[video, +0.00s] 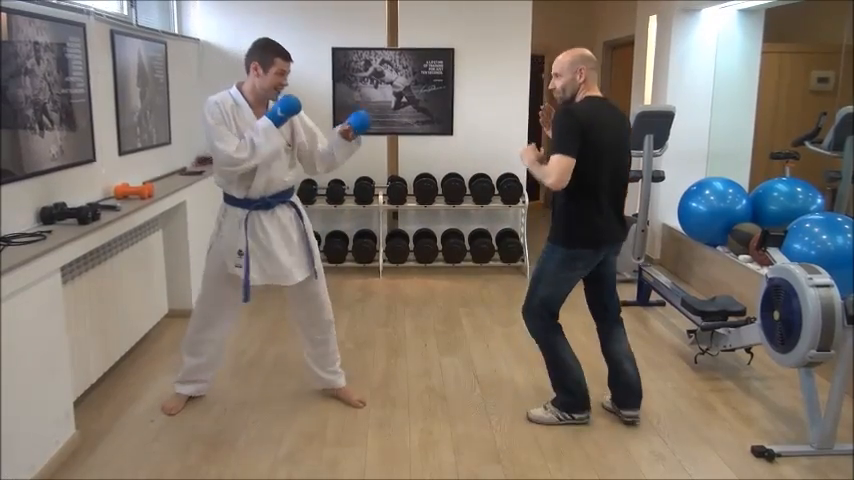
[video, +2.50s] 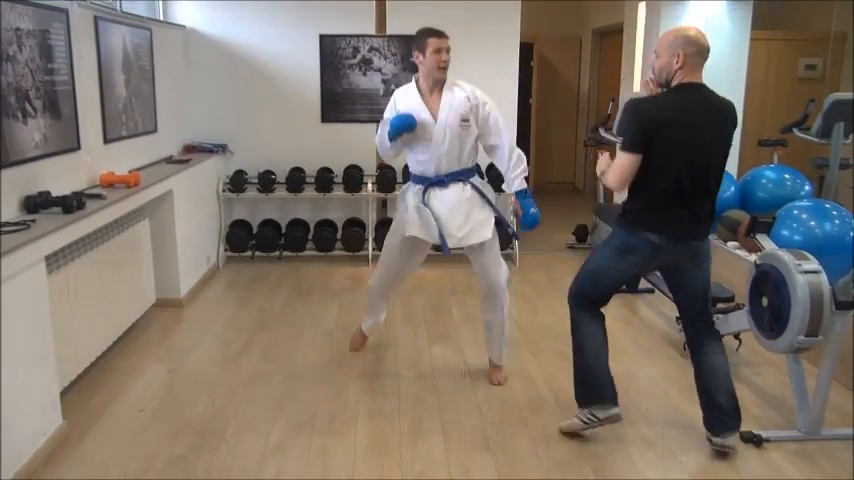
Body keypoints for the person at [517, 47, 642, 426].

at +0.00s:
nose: (551, 83)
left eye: (556, 76)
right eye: (551, 76)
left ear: (581, 76)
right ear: (587, 76)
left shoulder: (573, 114)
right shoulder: (616, 115)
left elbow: (557, 179)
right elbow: (597, 171)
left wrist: (533, 163)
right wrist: (555, 137)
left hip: (575, 237)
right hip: (608, 234)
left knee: (538, 313)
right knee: (608, 315)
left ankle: (572, 404)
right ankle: (627, 402)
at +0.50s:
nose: (489, 95)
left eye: (492, 88)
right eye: (488, 89)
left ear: (516, 87)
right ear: (526, 87)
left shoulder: (498, 120)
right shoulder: (563, 125)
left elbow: (433, 136)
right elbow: (559, 174)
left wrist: (383, 115)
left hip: (513, 244)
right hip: (560, 245)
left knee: (460, 326)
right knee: (577, 321)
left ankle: (420, 410)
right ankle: (610, 409)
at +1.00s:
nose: (439, 108)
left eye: (443, 101)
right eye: (438, 101)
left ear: (469, 102)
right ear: (473, 103)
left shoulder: (471, 150)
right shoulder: (500, 134)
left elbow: (462, 224)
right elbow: (441, 153)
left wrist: (444, 196)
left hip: (482, 259)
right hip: (515, 252)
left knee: (412, 315)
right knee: (537, 328)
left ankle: (412, 417)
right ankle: (599, 401)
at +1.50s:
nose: (566, 89)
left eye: (572, 81)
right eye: (567, 81)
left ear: (597, 84)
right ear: (604, 86)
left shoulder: (576, 128)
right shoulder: (632, 128)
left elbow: (567, 195)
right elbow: (628, 184)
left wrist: (531, 193)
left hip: (586, 249)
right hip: (625, 245)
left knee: (540, 313)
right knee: (639, 322)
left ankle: (591, 396)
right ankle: (665, 412)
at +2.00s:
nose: (625, 107)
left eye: (630, 102)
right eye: (630, 103)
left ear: (643, 105)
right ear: (662, 118)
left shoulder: (595, 121)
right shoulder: (660, 166)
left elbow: (552, 167)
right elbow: (625, 199)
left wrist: (556, 186)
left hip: (557, 248)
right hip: (609, 259)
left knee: (500, 303)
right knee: (641, 325)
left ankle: (501, 401)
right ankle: (671, 410)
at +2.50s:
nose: (652, 63)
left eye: (656, 55)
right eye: (654, 55)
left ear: (678, 60)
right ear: (697, 62)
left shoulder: (643, 110)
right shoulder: (725, 112)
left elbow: (617, 182)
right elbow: (694, 158)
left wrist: (603, 166)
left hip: (641, 234)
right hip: (693, 240)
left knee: (584, 299)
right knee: (702, 328)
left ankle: (599, 404)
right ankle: (724, 432)